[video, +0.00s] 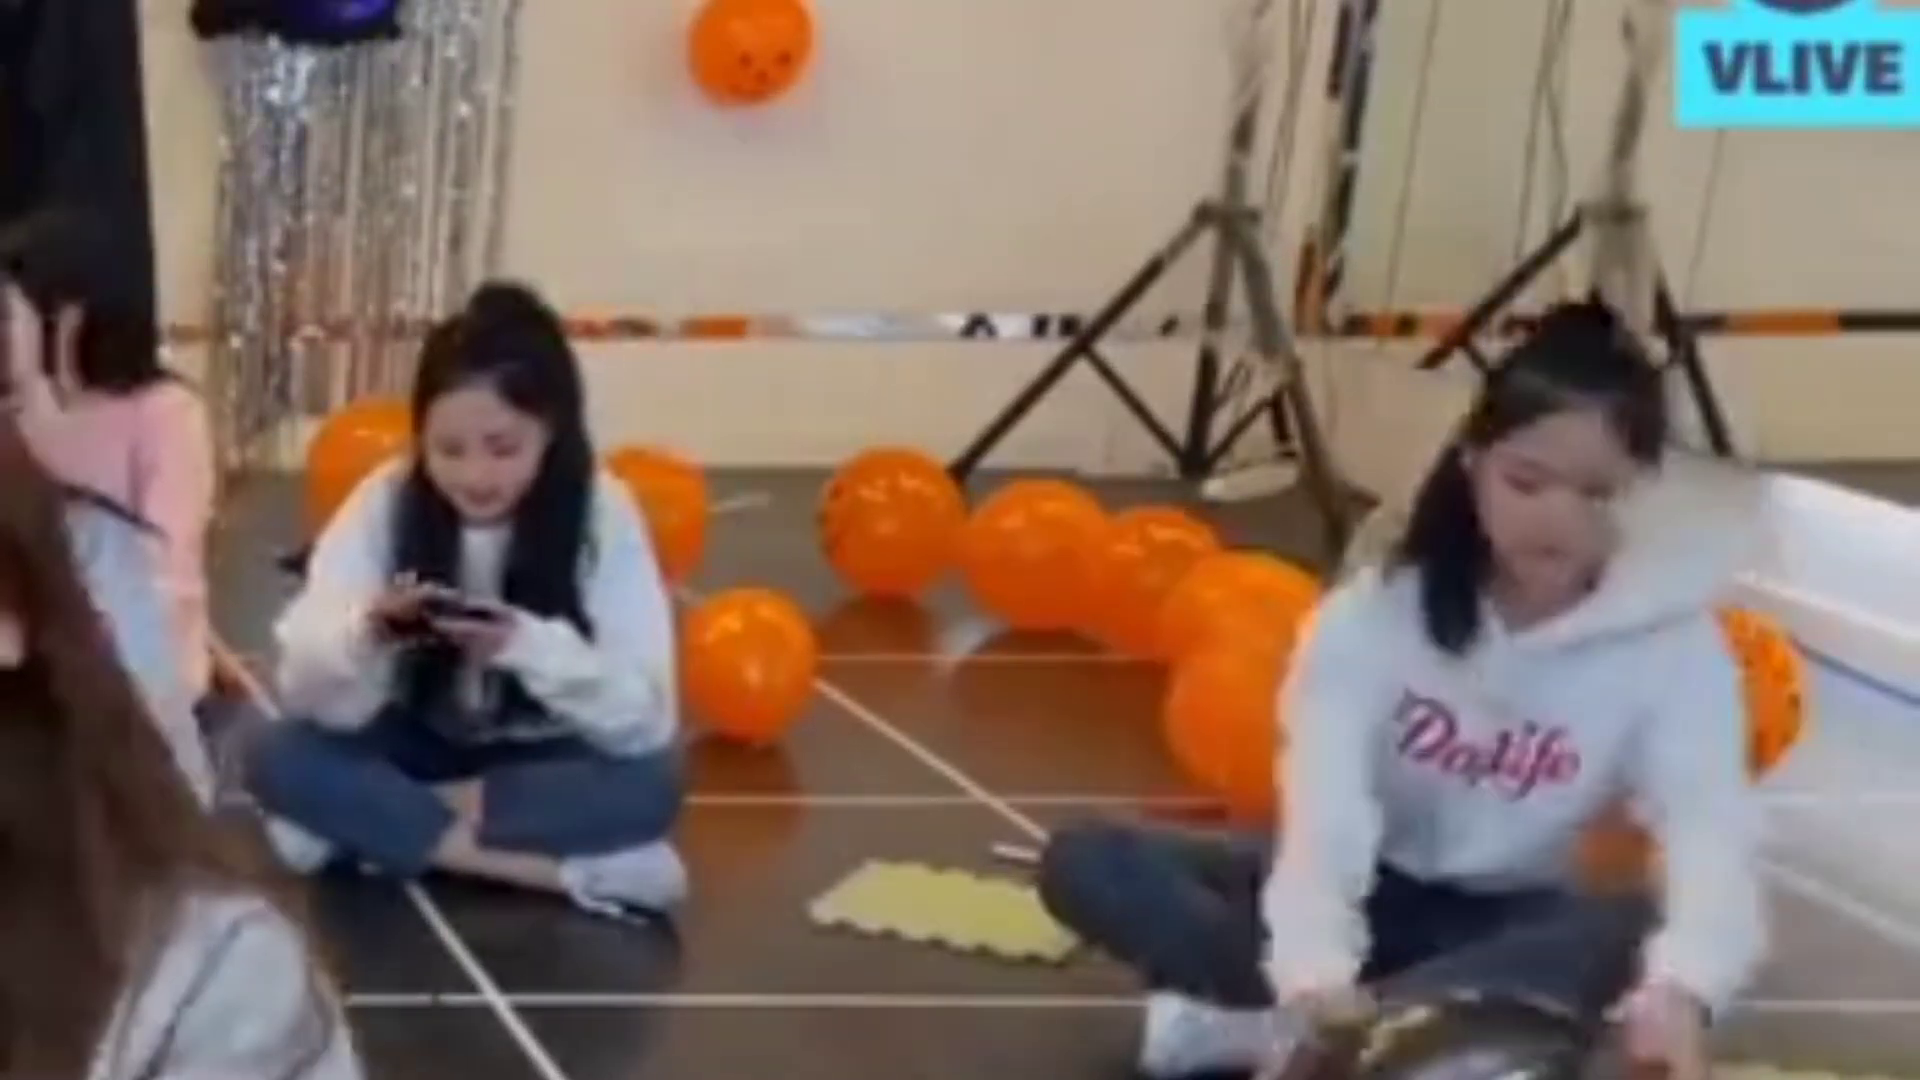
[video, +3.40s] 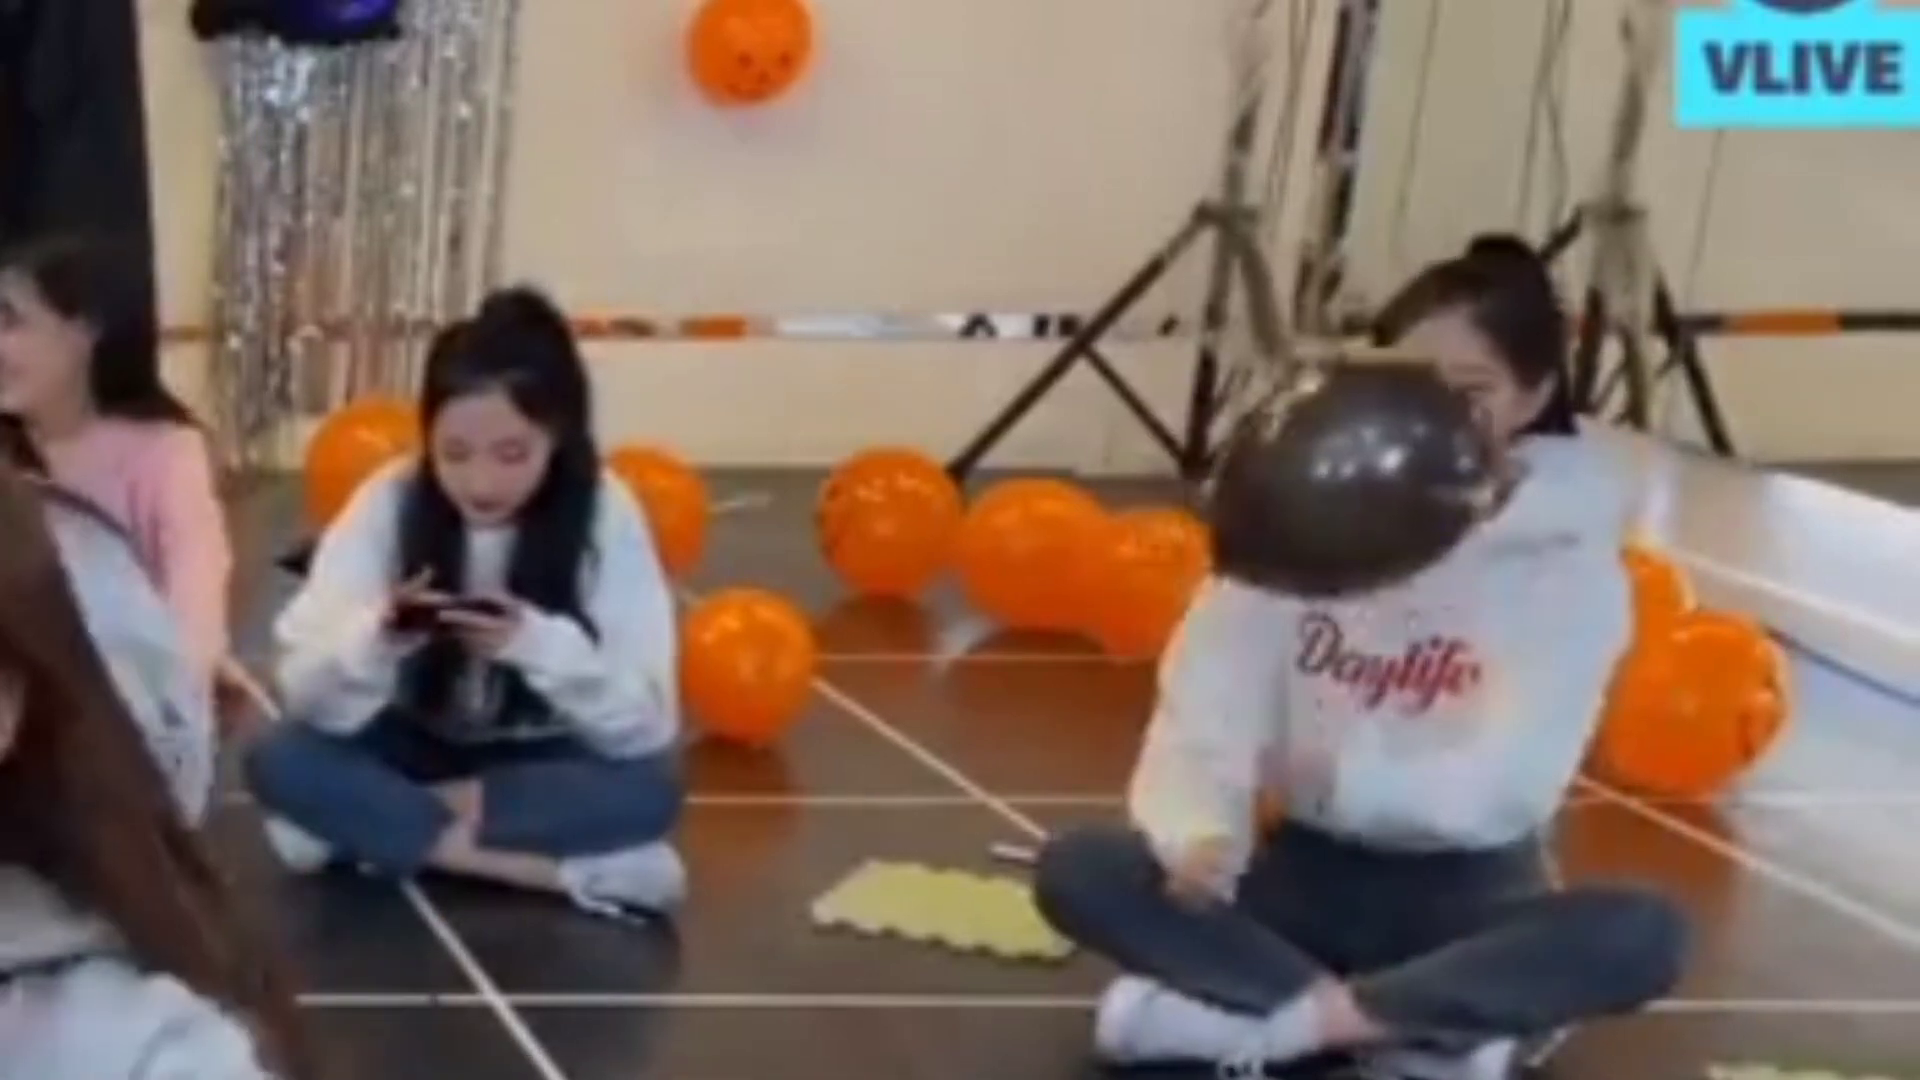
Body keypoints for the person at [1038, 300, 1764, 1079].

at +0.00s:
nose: (1557, 522)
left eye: (1594, 493)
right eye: (1525, 484)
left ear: (1636, 492)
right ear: (1472, 469)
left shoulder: (1671, 651)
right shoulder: (1363, 625)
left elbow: (1713, 851)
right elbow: (1323, 834)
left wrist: (1681, 993)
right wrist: (1319, 991)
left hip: (1506, 916)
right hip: (1346, 886)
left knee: (1614, 941)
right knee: (1084, 858)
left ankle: (1285, 1046)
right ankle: (1370, 1043)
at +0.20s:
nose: (1392, 469)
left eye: (1427, 439)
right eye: (1360, 441)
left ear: (1483, 447)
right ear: (1322, 453)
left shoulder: (1554, 613)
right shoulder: (1257, 606)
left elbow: (1562, 827)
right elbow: (1217, 794)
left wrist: (1466, 957)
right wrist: (1238, 955)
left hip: (1464, 891)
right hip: (1288, 883)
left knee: (1660, 942)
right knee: (1074, 882)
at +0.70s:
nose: (1443, 393)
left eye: (1486, 368)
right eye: (1428, 365)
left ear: (1564, 394)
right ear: (1406, 376)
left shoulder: (1609, 573)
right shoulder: (1330, 535)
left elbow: (1597, 792)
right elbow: (1236, 698)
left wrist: (1458, 878)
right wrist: (1225, 836)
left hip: (1480, 860)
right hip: (1299, 832)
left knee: (1646, 906)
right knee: (1088, 856)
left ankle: (1305, 1027)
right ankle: (1408, 1040)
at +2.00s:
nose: (1413, 414)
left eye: (1454, 386)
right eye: (1392, 379)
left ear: (1521, 396)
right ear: (1361, 382)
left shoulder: (1578, 573)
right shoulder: (1290, 534)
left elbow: (1587, 802)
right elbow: (1204, 810)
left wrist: (1499, 867)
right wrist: (1174, 788)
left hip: (1468, 890)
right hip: (1294, 873)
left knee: (1644, 934)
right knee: (1079, 865)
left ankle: (1279, 1033)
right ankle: (1402, 1047)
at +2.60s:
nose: (1393, 394)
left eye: (1423, 372)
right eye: (1374, 367)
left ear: (1489, 386)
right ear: (1334, 378)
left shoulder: (1539, 559)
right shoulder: (1267, 546)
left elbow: (1546, 791)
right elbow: (1200, 796)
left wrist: (1406, 841)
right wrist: (1163, 785)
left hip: (1460, 898)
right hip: (1289, 883)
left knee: (1643, 931)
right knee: (1082, 862)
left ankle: (1284, 1031)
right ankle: (1398, 1044)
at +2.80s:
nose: (1434, 387)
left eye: (1438, 367)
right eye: (1415, 377)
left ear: (1493, 389)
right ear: (1394, 437)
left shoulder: (1537, 548)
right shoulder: (1257, 558)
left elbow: (1468, 758)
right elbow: (1173, 732)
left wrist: (1305, 742)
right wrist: (1148, 813)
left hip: (1462, 891)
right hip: (1285, 879)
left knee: (1644, 933)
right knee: (1071, 869)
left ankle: (1281, 1031)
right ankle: (1404, 1044)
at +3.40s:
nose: (1438, 419)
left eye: (1472, 392)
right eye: (1414, 385)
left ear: (1536, 396)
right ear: (1377, 380)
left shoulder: (1574, 571)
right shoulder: (1312, 521)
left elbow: (1511, 792)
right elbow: (1207, 694)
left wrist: (1325, 779)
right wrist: (1202, 831)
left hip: (1472, 894)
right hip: (1293, 876)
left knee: (1645, 933)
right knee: (1076, 868)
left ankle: (1275, 1037)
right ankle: (1410, 1047)